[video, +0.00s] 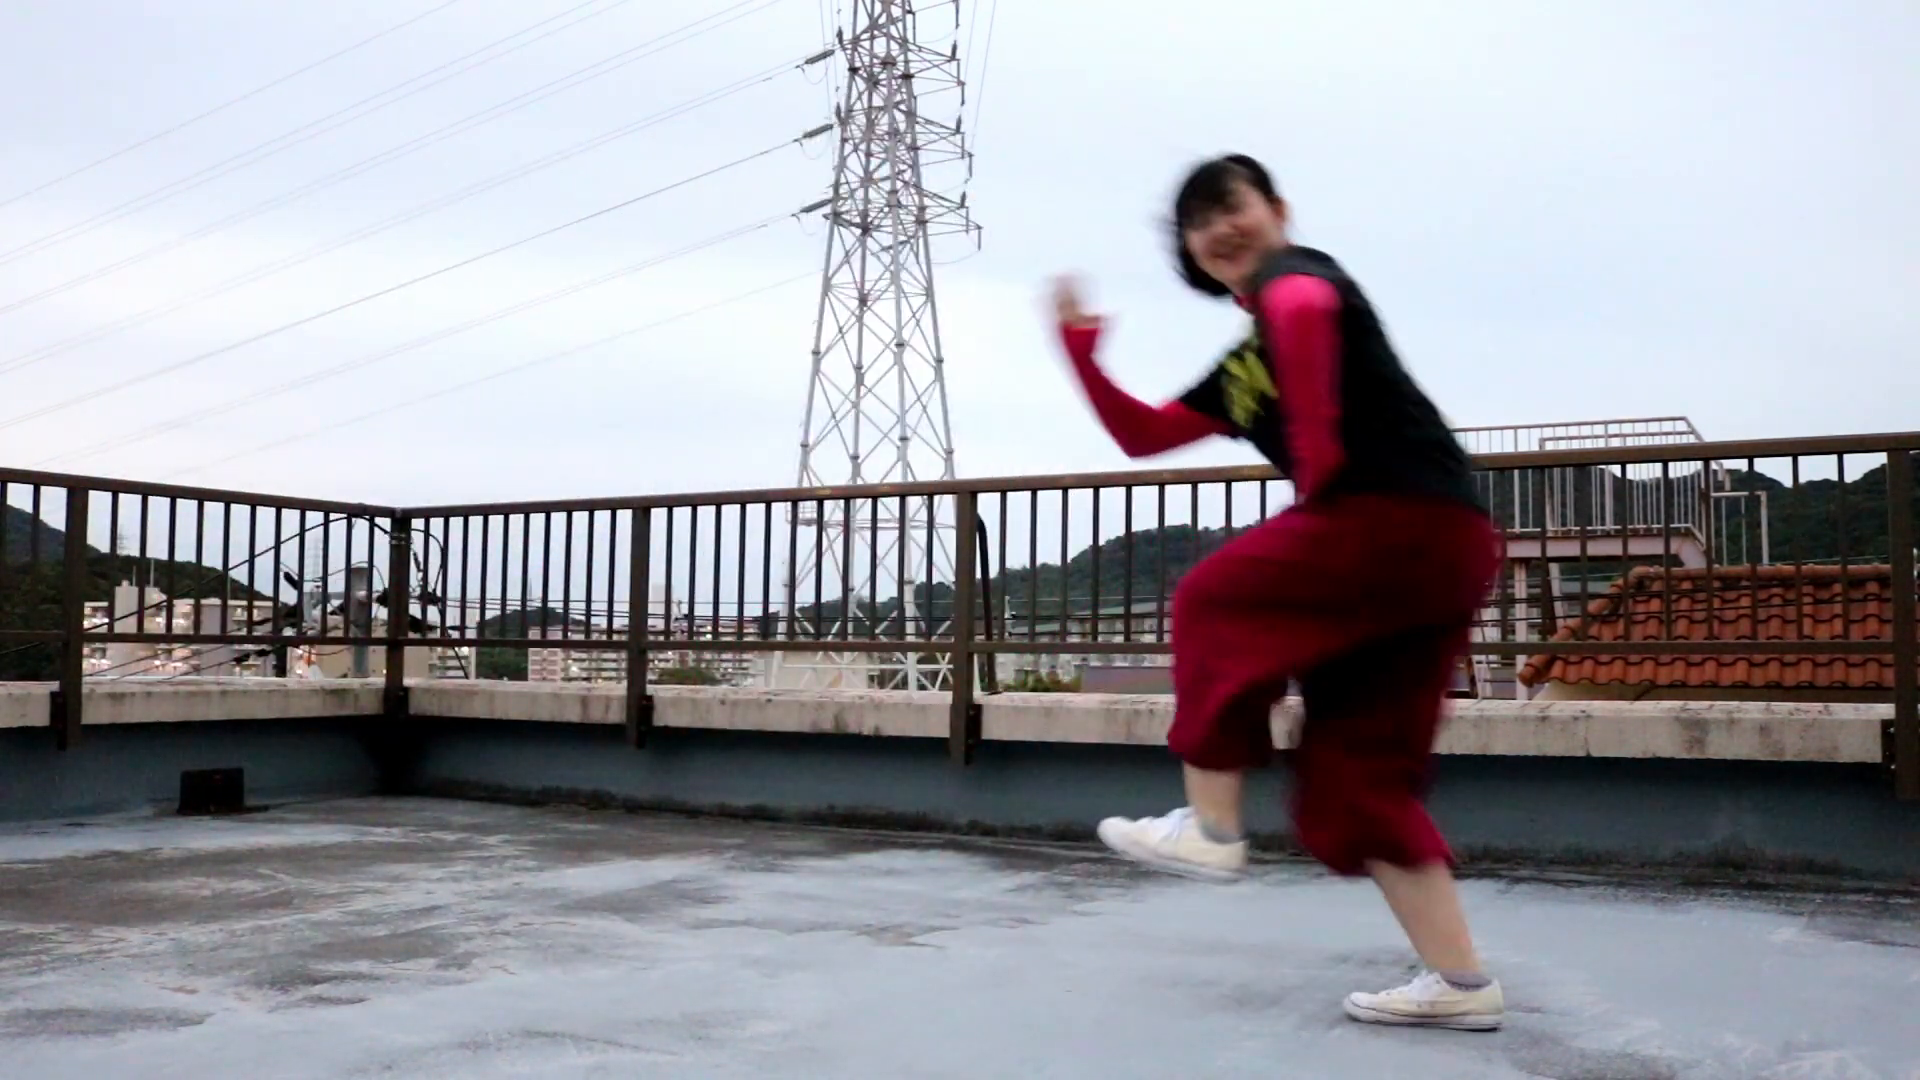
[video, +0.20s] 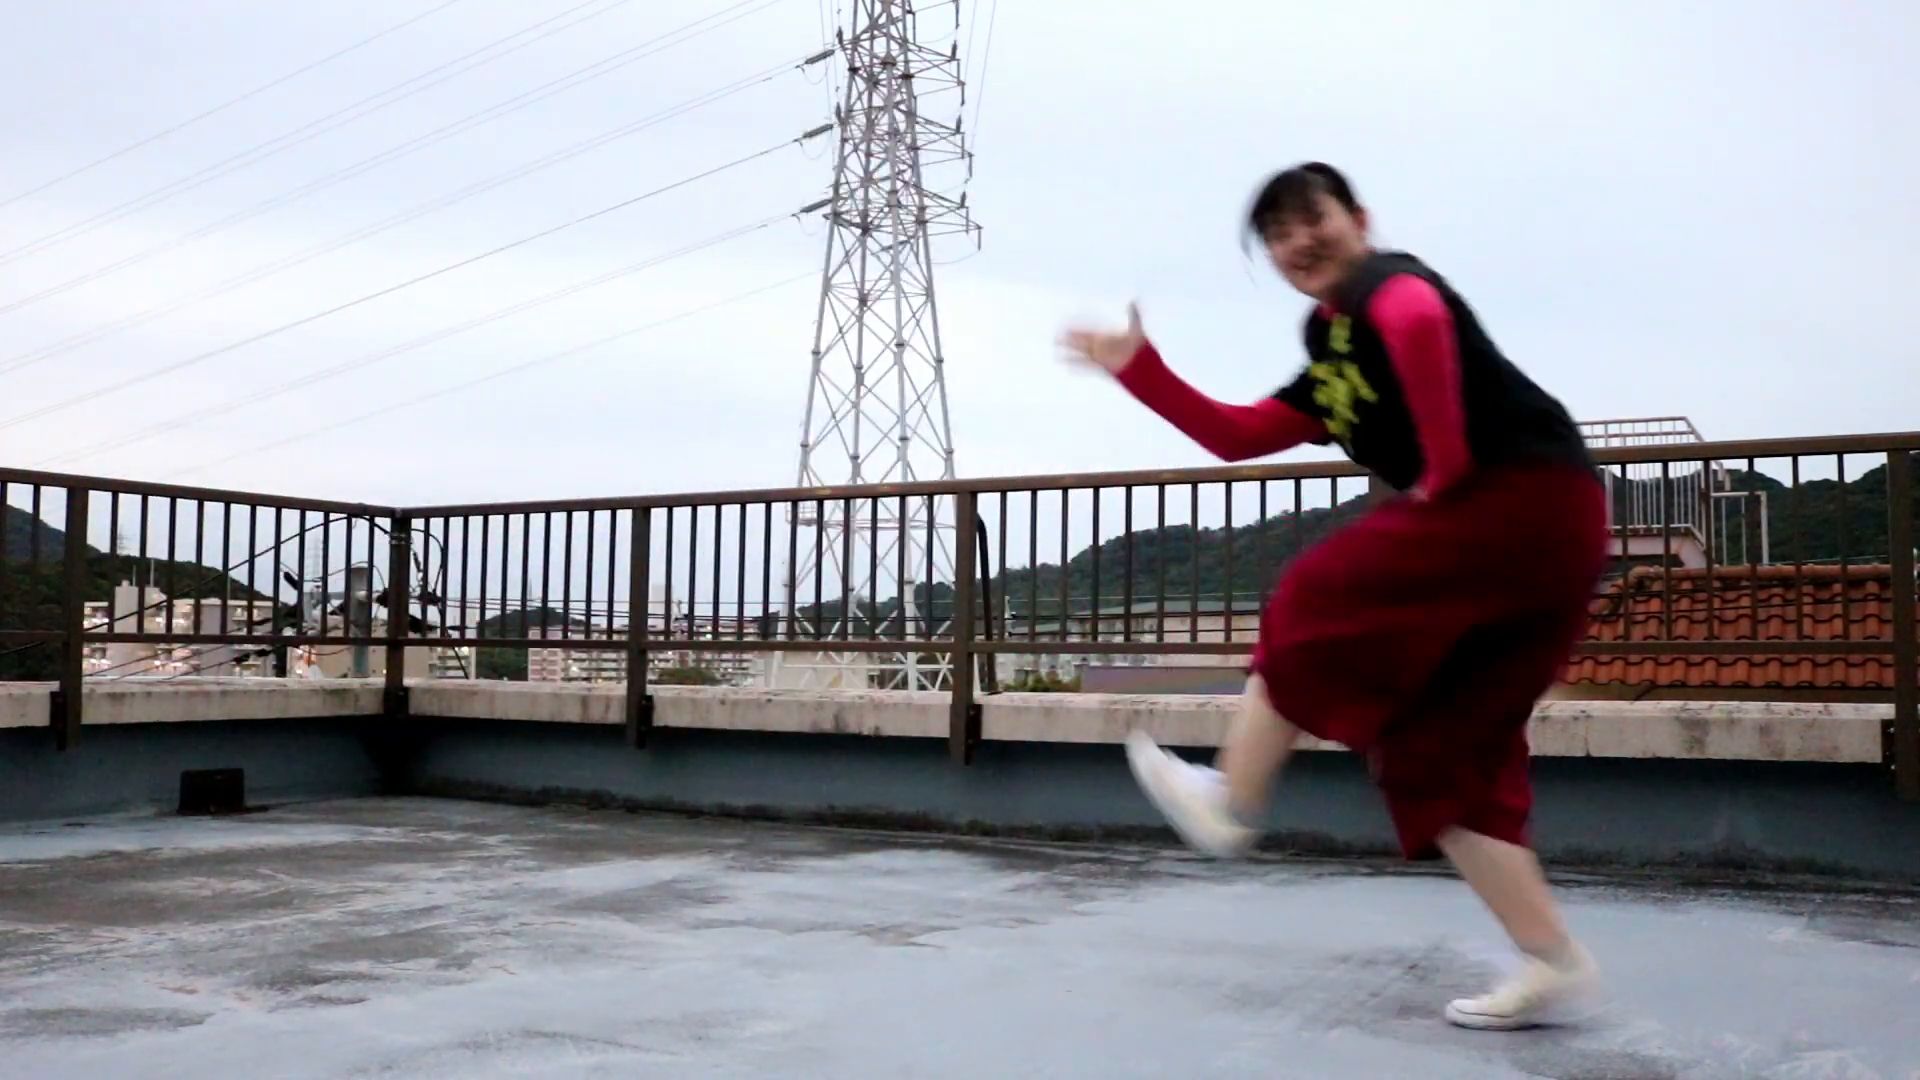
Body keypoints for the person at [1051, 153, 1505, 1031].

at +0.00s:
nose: (1219, 227)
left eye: (1231, 204)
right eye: (1199, 224)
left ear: (1279, 210)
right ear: (1195, 259)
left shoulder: (1298, 279)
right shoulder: (1252, 362)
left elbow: (1302, 319)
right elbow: (1143, 434)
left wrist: (1315, 483)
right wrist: (1079, 350)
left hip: (1399, 525)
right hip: (1434, 545)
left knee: (1209, 597)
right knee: (1355, 767)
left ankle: (1210, 827)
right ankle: (1460, 979)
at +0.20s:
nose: (1300, 239)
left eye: (1315, 218)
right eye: (1280, 232)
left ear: (1359, 222)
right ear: (1269, 256)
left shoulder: (1390, 284)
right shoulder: (1332, 374)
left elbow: (1419, 327)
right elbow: (1237, 437)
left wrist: (1444, 467)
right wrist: (1139, 370)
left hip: (1525, 499)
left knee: (1315, 596)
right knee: (1430, 751)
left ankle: (1232, 803)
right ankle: (1556, 959)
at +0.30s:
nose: (1348, 258)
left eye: (1366, 238)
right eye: (1329, 251)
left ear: (1410, 246)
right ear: (1318, 276)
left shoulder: (1435, 312)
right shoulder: (1380, 395)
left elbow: (1486, 363)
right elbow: (1287, 480)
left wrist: (1493, 508)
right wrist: (1214, 408)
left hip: (1574, 555)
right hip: (1554, 582)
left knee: (1354, 608)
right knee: (1469, 765)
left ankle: (1217, 796)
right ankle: (1569, 982)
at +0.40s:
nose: (1391, 231)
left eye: (1405, 209)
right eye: (1370, 226)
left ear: (1451, 216)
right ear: (1361, 253)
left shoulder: (1476, 290)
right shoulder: (1416, 358)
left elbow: (1539, 354)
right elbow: (1380, 496)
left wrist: (1522, 504)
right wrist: (1307, 500)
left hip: (1585, 548)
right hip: (1561, 566)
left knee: (1367, 632)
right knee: (1498, 754)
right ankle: (1570, 978)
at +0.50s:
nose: (1432, 184)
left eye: (1447, 162)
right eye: (1413, 177)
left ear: (1492, 163)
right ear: (1403, 199)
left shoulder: (1520, 243)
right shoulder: (1447, 286)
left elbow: (1579, 331)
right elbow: (1464, 427)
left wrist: (1524, 493)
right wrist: (1404, 518)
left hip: (1572, 533)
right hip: (1543, 540)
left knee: (1414, 697)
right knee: (1538, 744)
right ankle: (1574, 972)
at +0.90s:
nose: (1493, 151)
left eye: (1513, 132)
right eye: (1475, 142)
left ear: (1559, 144)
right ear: (1463, 169)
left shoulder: (1579, 226)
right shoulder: (1505, 272)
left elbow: (1607, 361)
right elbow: (1513, 413)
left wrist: (1541, 501)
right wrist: (1496, 523)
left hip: (1602, 518)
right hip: (1540, 528)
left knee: (1548, 712)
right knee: (1520, 715)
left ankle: (1644, 963)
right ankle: (1574, 964)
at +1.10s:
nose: (1478, 168)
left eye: (1490, 148)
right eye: (1477, 154)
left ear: (1547, 145)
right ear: (1543, 150)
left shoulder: (1565, 224)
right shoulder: (1545, 245)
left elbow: (1527, 343)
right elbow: (1548, 407)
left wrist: (1448, 417)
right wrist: (1507, 520)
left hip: (1614, 524)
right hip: (1558, 534)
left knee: (1582, 726)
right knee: (1521, 729)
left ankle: (1748, 942)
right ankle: (1568, 960)